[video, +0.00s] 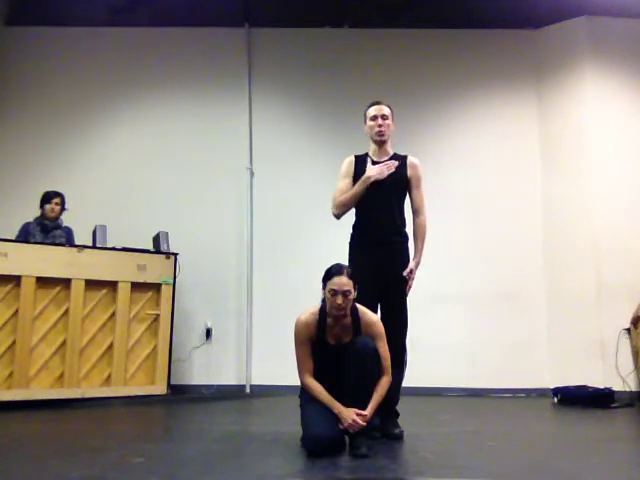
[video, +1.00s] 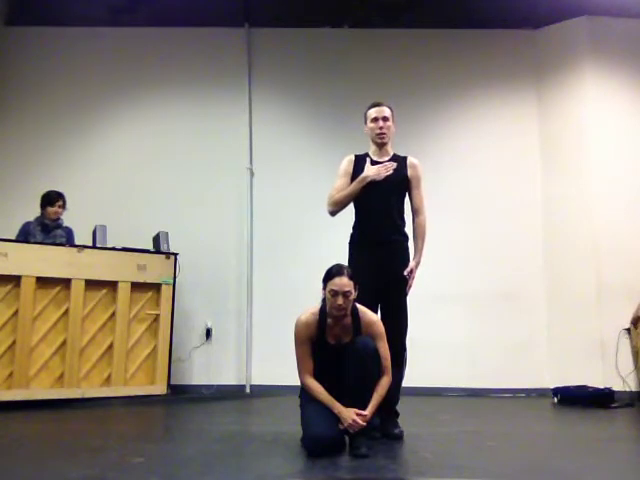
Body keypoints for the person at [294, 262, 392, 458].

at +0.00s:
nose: (339, 301)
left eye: (346, 294)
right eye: (333, 294)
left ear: (354, 294)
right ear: (324, 292)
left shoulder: (371, 323)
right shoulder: (306, 324)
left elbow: (386, 375)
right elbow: (306, 378)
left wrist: (367, 413)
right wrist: (341, 411)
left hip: (355, 392)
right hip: (320, 392)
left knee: (365, 347)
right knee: (321, 445)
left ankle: (359, 432)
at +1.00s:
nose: (340, 302)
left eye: (347, 295)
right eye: (333, 294)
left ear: (355, 293)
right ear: (324, 292)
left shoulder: (371, 323)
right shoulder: (306, 324)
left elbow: (386, 375)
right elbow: (306, 378)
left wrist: (367, 413)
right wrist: (341, 411)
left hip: (355, 392)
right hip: (320, 393)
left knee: (365, 347)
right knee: (321, 445)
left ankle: (359, 432)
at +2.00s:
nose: (340, 302)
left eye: (347, 295)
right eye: (334, 295)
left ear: (356, 294)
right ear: (325, 292)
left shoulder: (371, 323)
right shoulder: (307, 323)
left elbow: (387, 375)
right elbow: (306, 378)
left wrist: (366, 413)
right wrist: (341, 411)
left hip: (356, 393)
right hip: (321, 394)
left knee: (365, 347)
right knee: (322, 444)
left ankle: (360, 433)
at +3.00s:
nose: (339, 304)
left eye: (346, 297)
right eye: (333, 296)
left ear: (355, 295)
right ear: (324, 293)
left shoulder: (370, 323)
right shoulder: (307, 324)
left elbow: (391, 377)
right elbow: (306, 379)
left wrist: (362, 414)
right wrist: (338, 413)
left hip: (356, 393)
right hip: (321, 396)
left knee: (365, 346)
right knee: (320, 445)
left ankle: (360, 434)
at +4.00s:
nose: (339, 304)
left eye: (346, 297)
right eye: (333, 296)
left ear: (354, 295)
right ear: (323, 293)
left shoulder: (369, 323)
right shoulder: (306, 324)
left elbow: (391, 377)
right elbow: (306, 378)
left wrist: (362, 413)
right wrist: (338, 413)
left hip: (355, 392)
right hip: (320, 394)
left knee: (365, 347)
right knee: (321, 444)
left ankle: (360, 433)